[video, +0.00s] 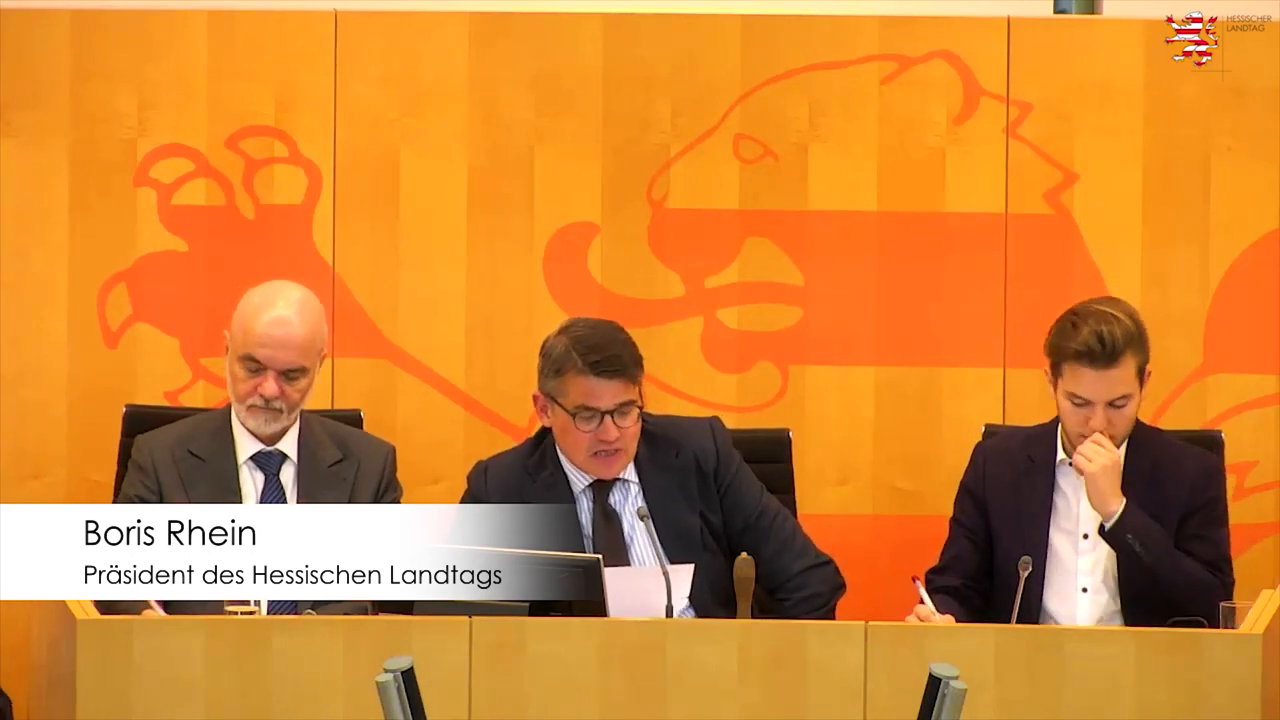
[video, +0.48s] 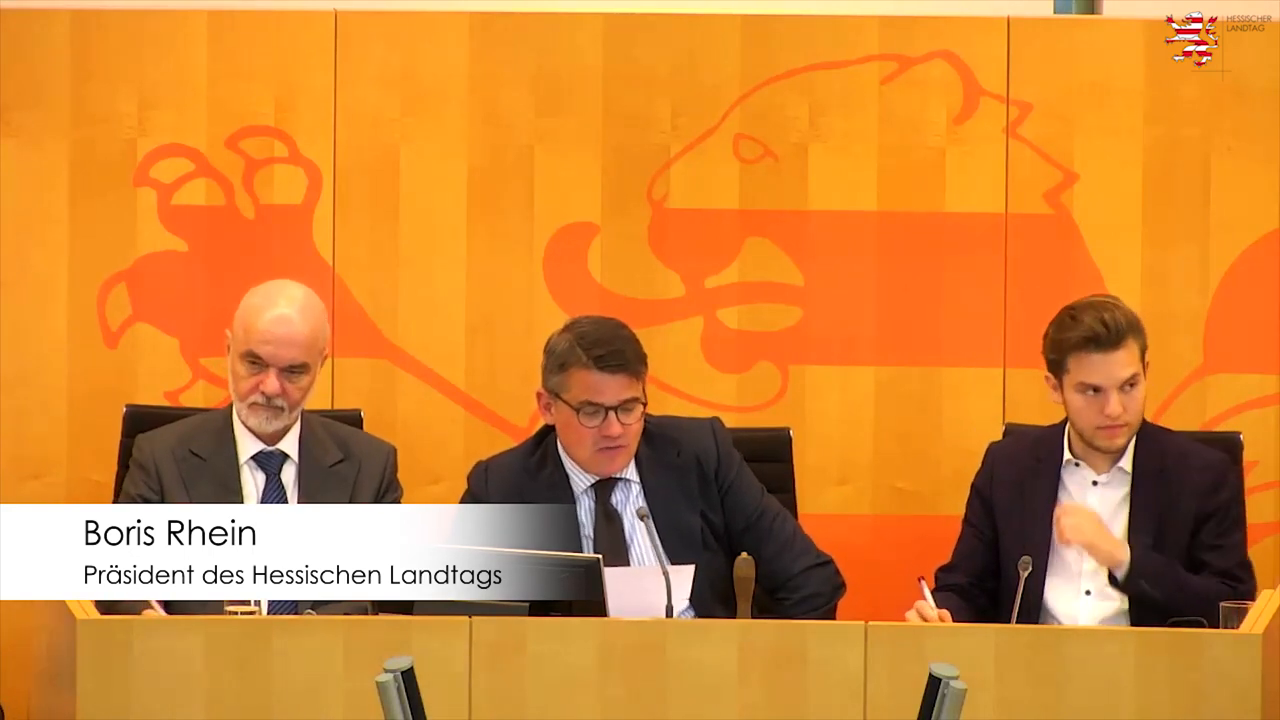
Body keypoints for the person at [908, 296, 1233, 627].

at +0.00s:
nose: (1098, 424)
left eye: (1119, 403)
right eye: (1079, 402)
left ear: (1143, 383)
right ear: (1052, 381)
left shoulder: (1191, 473)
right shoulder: (997, 460)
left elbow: (1211, 609)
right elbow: (955, 585)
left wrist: (1116, 509)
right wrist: (940, 618)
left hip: (1147, 677)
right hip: (1021, 672)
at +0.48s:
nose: (1113, 410)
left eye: (1129, 386)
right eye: (1091, 391)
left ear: (1146, 377)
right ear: (1056, 387)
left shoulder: (1205, 474)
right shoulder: (1008, 463)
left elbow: (1233, 606)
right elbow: (967, 586)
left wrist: (1122, 559)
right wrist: (940, 617)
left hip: (1154, 677)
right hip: (1027, 673)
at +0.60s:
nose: (1115, 406)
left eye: (1129, 382)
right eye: (1092, 387)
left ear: (1145, 374)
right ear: (1055, 387)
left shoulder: (1205, 472)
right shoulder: (1009, 464)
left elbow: (1245, 606)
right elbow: (968, 587)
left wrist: (1144, 598)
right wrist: (943, 614)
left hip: (1158, 685)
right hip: (1029, 680)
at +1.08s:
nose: (1100, 389)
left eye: (1118, 370)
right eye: (1081, 370)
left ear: (1146, 374)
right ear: (1056, 375)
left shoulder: (1199, 469)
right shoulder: (1003, 460)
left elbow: (1240, 601)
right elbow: (956, 583)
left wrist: (1175, 641)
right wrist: (945, 616)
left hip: (1159, 672)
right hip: (1030, 667)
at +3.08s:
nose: (1109, 394)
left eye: (1126, 375)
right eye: (1090, 375)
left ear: (1147, 375)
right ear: (1056, 374)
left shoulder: (1199, 465)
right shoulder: (1002, 457)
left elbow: (1237, 600)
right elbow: (957, 589)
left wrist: (1194, 636)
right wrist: (966, 659)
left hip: (1155, 677)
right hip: (1027, 672)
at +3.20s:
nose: (1104, 391)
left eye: (1122, 372)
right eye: (1085, 372)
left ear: (1145, 373)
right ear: (1054, 373)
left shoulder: (1198, 466)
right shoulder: (1002, 455)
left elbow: (1238, 600)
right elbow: (957, 589)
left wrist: (1204, 626)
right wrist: (960, 651)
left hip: (1154, 682)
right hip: (1027, 678)